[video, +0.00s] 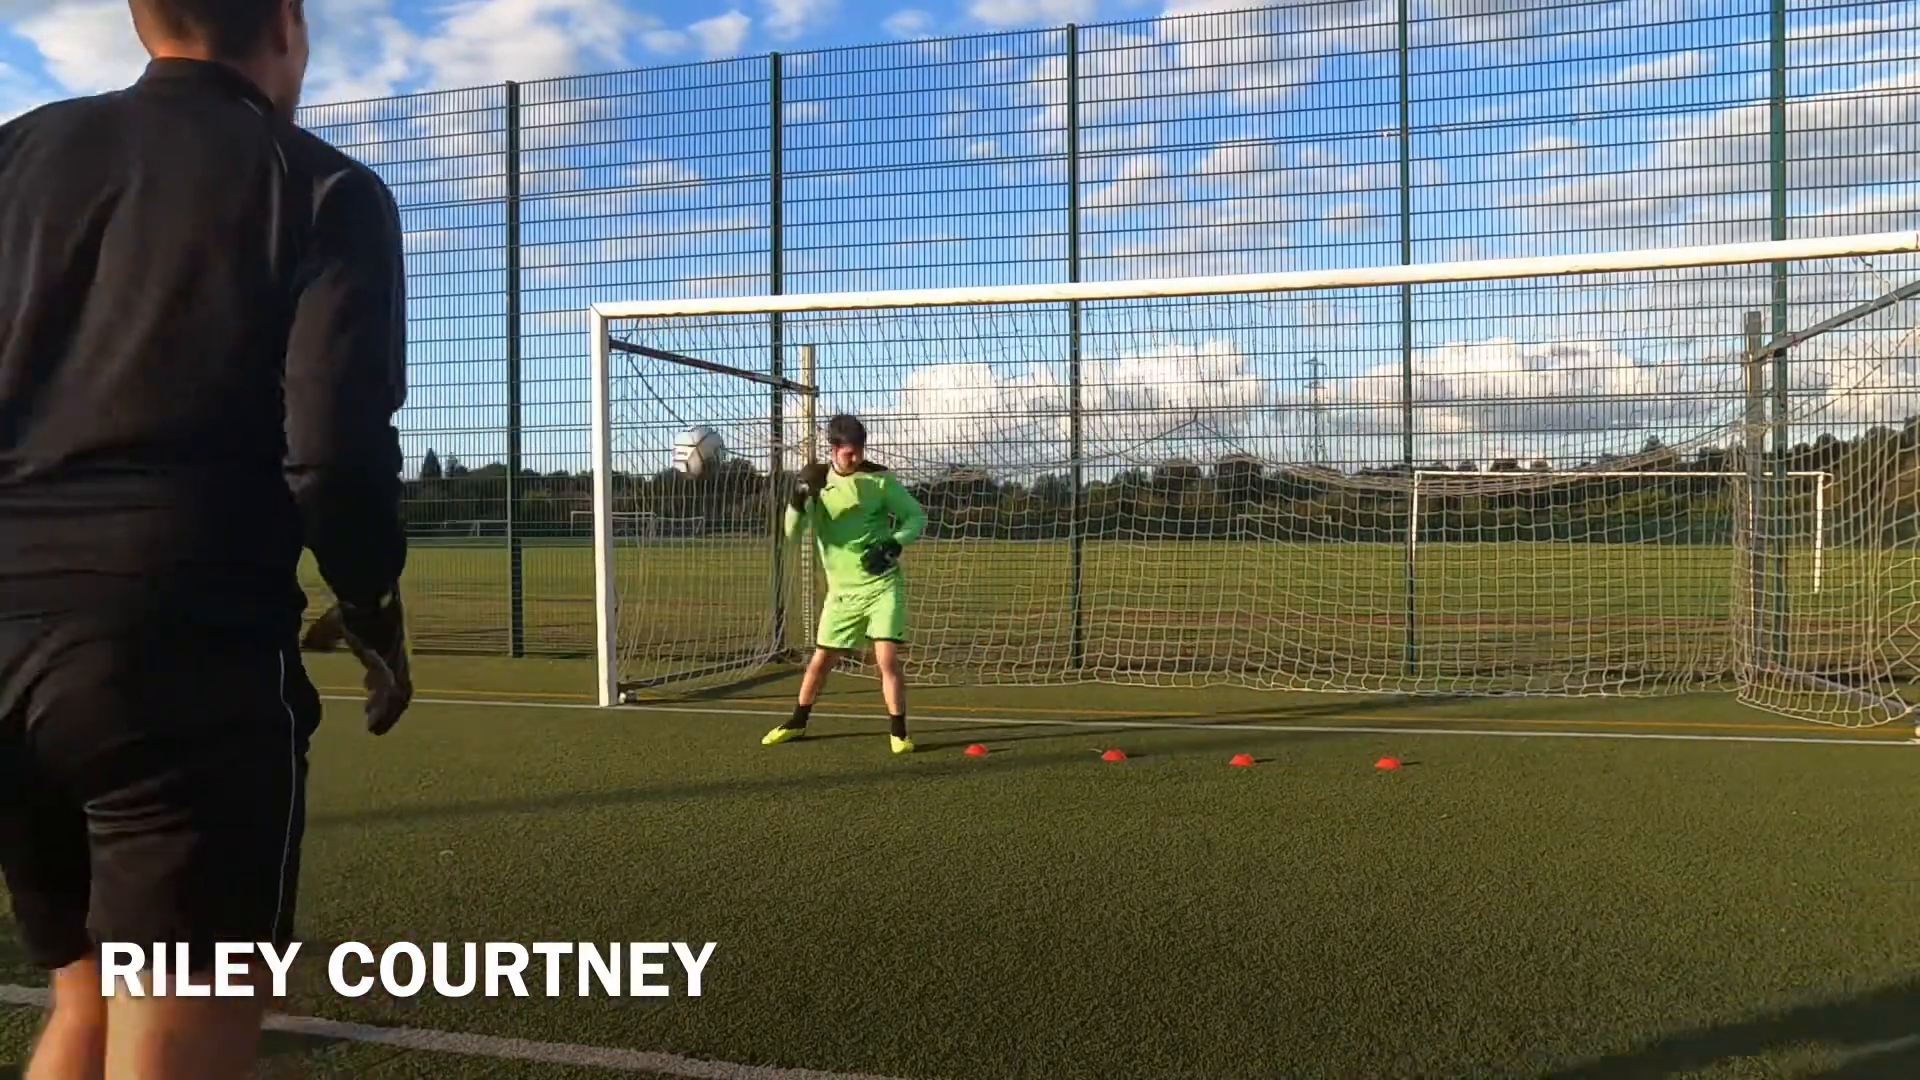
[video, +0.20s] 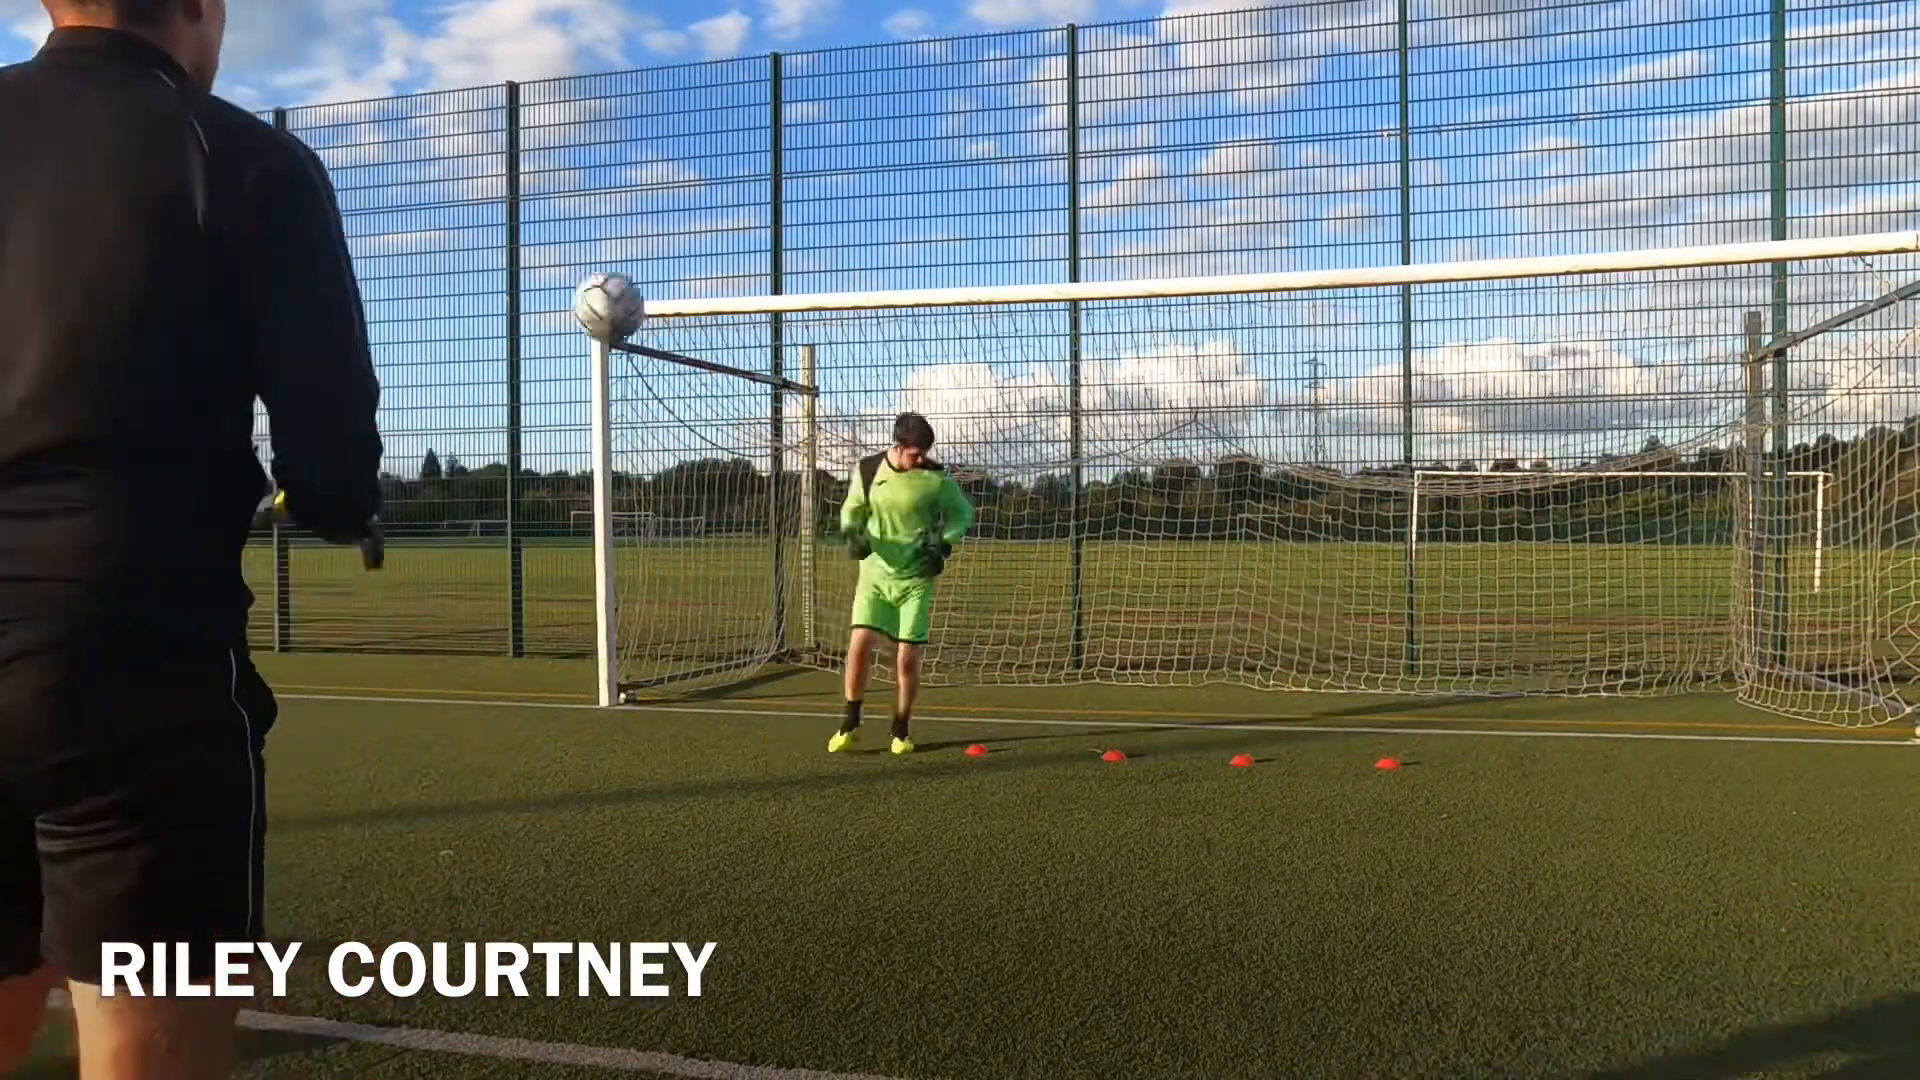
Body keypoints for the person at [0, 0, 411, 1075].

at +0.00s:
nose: (305, 48)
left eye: (301, 30)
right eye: (304, 28)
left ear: (147, 30)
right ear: (286, 23)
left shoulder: (15, 153)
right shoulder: (325, 188)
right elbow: (333, 450)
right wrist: (369, 600)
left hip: (5, 626)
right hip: (181, 635)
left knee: (83, 994)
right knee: (181, 1024)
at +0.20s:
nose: (220, 35)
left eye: (216, 17)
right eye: (219, 14)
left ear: (56, 14)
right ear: (195, 12)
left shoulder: (5, 110)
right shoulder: (248, 165)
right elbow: (334, 474)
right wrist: (330, 495)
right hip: (131, 626)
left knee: (5, 1004)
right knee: (148, 1045)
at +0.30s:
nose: (159, 36)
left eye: (157, 18)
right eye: (158, 15)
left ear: (12, 11)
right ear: (129, 12)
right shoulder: (196, 160)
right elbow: (311, 437)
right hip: (87, 647)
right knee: (137, 1049)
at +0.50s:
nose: (40, 28)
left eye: (38, 10)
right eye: (33, 9)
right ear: (11, 21)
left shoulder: (60, 174)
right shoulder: (56, 173)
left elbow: (173, 405)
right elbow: (180, 405)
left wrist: (176, 263)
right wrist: (212, 264)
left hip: (18, 680)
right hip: (11, 689)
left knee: (55, 1016)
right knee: (89, 1024)